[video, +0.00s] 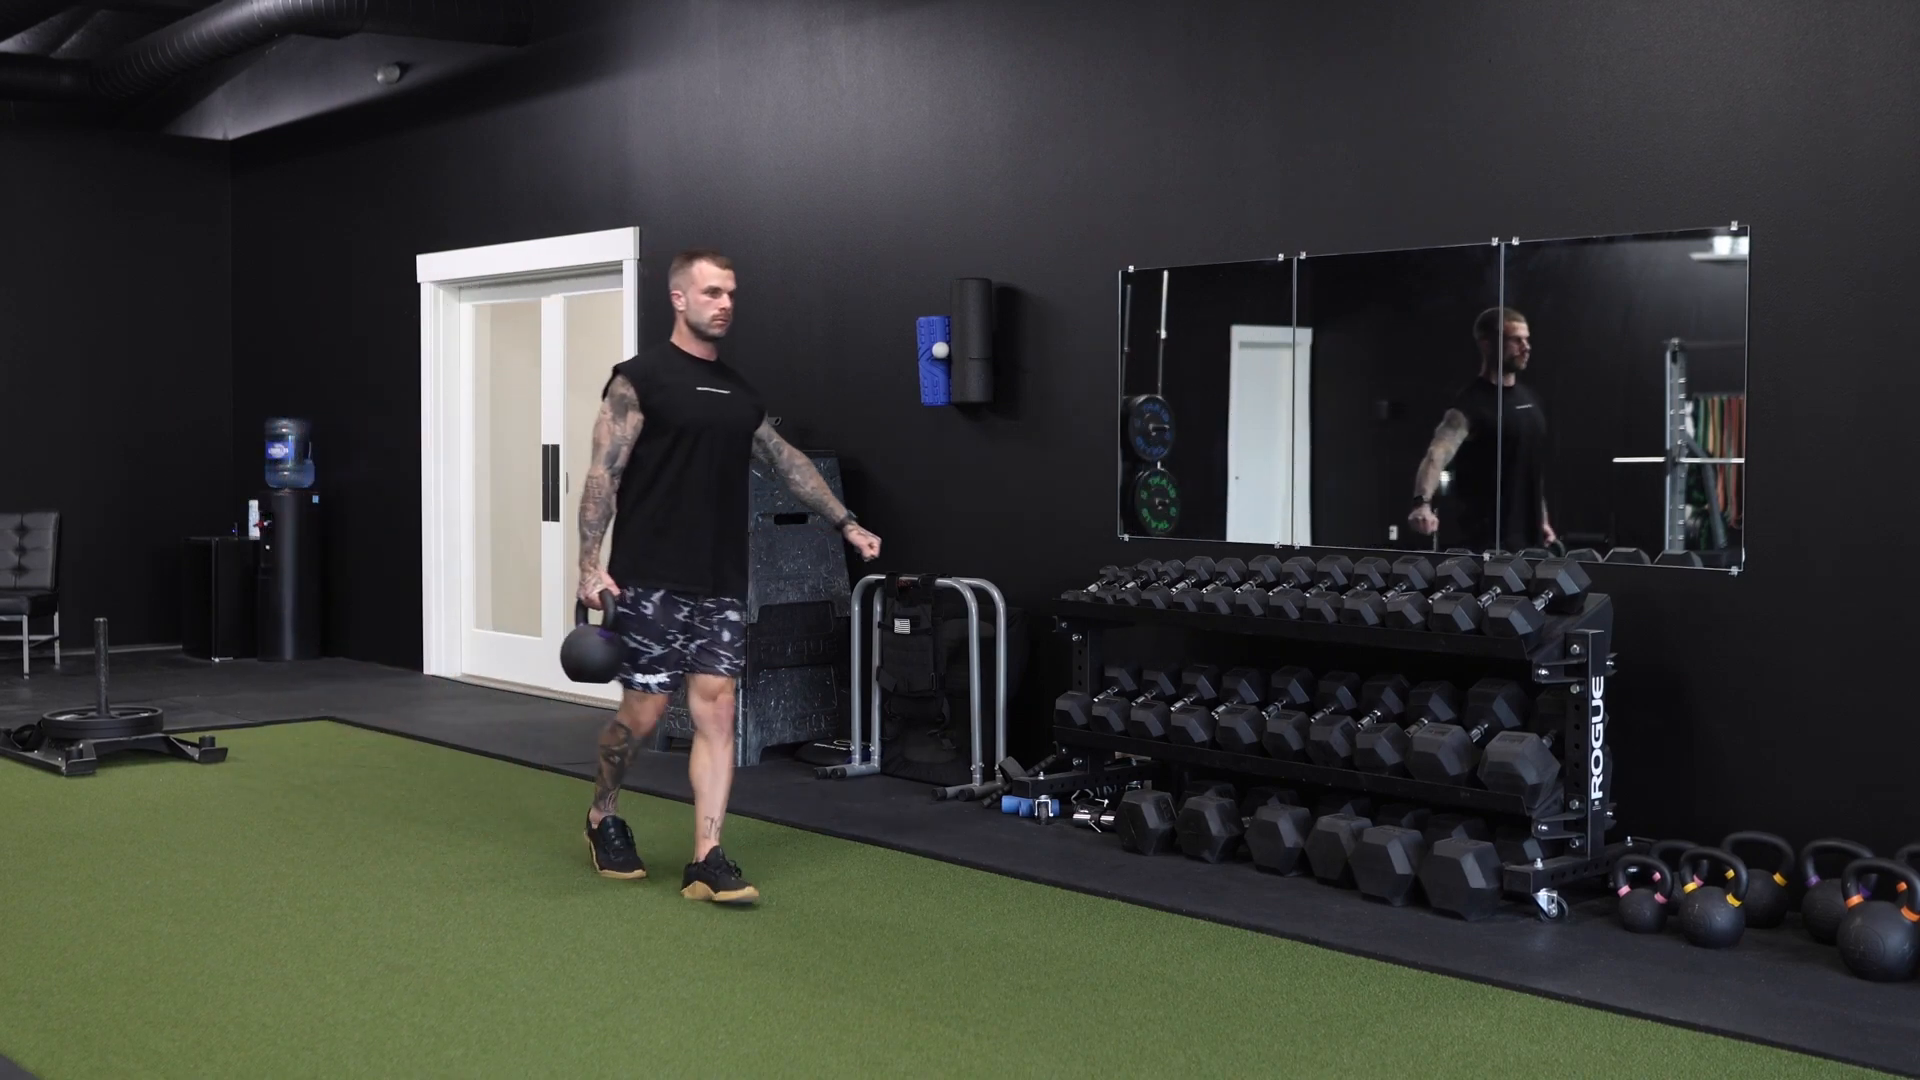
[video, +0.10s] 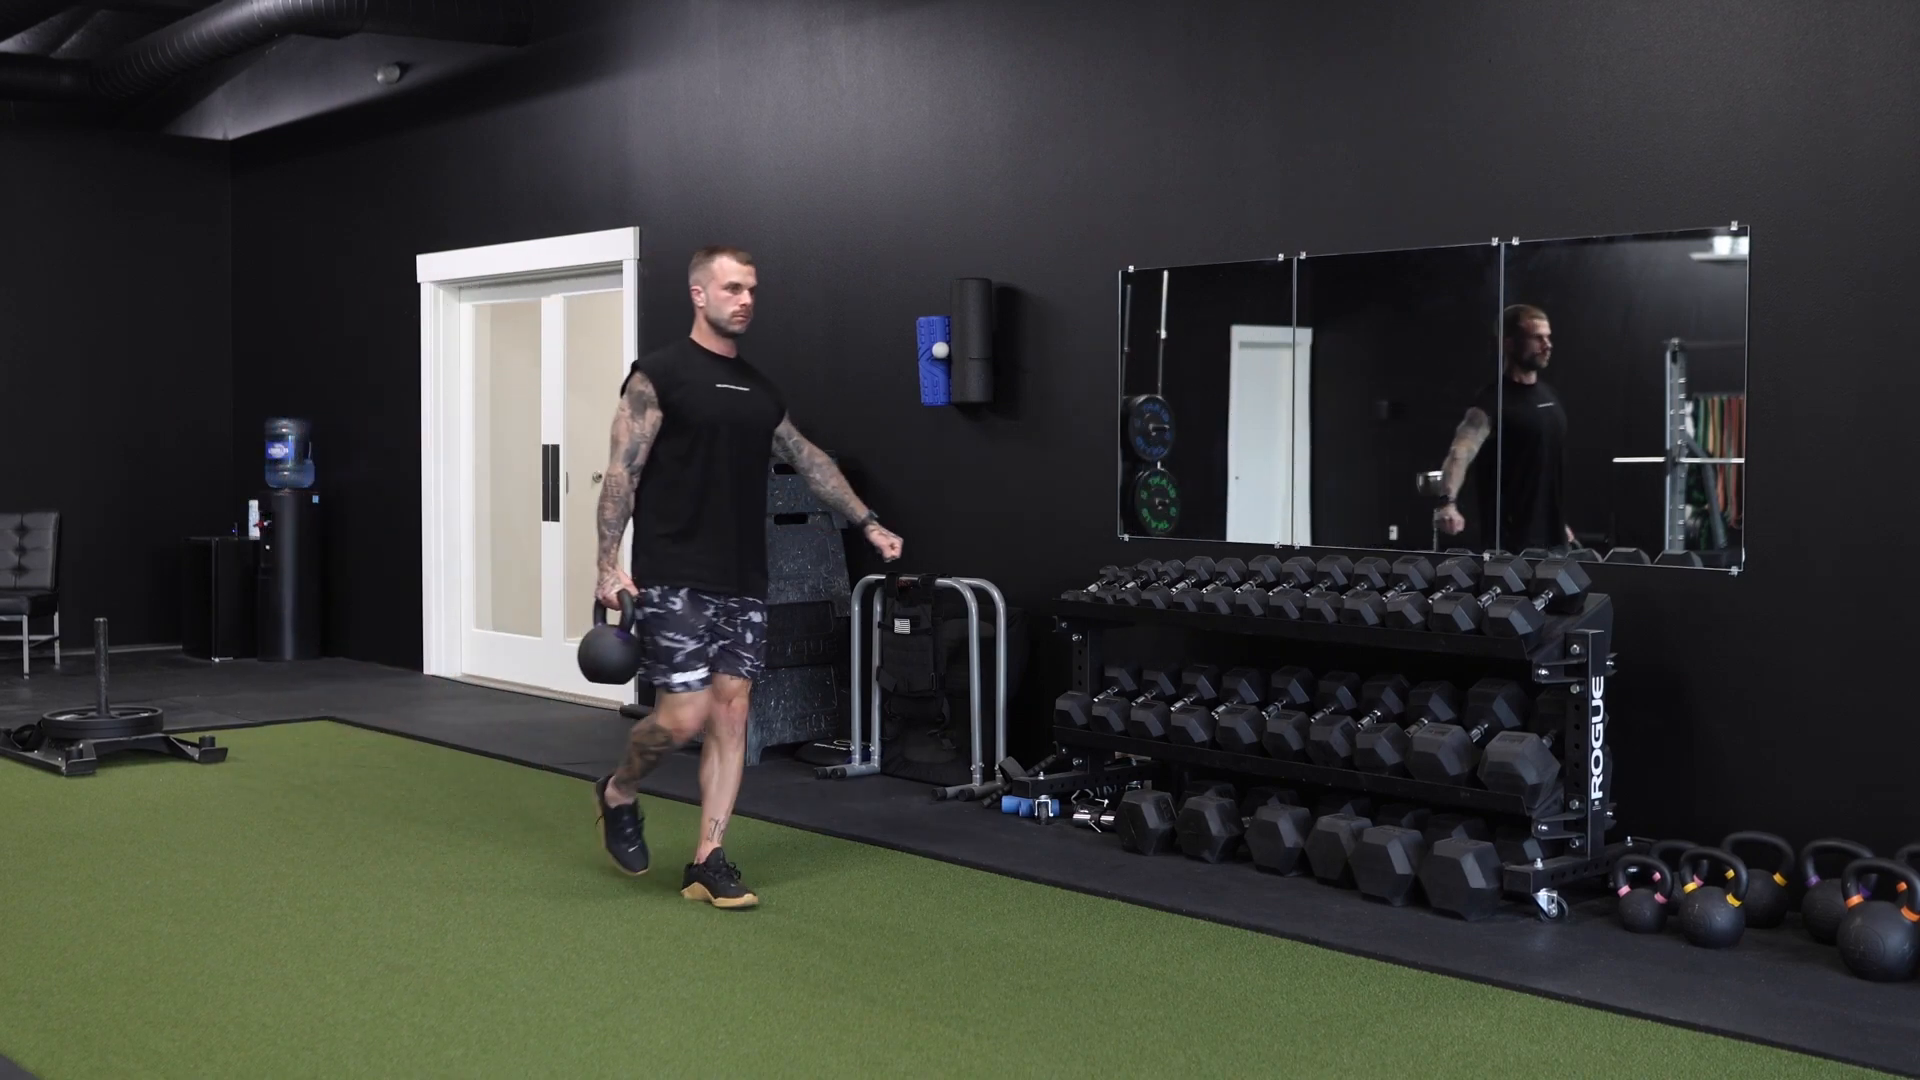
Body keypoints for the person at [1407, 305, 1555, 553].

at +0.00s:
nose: (1525, 347)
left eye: (1527, 340)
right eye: (1515, 340)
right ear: (1486, 344)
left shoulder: (1526, 399)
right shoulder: (1472, 402)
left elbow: (1532, 470)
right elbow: (1436, 455)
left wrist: (1542, 521)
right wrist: (1422, 503)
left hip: (1525, 539)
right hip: (1480, 539)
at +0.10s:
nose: (1547, 345)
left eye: (1548, 338)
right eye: (1537, 338)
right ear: (1509, 343)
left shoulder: (1547, 397)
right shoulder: (1493, 400)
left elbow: (1542, 472)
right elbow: (1459, 454)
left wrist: (1558, 524)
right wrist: (1447, 502)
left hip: (1549, 539)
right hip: (1507, 540)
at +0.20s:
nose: (1569, 344)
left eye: (1570, 336)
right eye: (1559, 336)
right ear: (1530, 341)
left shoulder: (1565, 393)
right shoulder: (1515, 398)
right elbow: (1481, 451)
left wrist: (1583, 530)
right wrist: (1471, 499)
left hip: (1570, 534)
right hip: (1527, 538)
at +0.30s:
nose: (1589, 343)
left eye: (1590, 335)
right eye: (1579, 336)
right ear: (1549, 339)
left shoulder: (1583, 392)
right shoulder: (1533, 398)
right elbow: (1502, 451)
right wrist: (1495, 498)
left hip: (1588, 534)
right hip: (1545, 537)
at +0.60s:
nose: (1661, 342)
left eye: (1663, 335)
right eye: (1651, 334)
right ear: (1622, 339)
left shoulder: (1655, 396)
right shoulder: (1600, 398)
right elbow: (1563, 447)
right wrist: (1550, 493)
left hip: (1652, 534)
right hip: (1606, 535)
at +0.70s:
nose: (1689, 339)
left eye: (1691, 332)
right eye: (1679, 331)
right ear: (1648, 335)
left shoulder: (1684, 399)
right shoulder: (1625, 396)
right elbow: (1586, 445)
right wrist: (1569, 490)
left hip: (1677, 535)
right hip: (1630, 535)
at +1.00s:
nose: (1748, 336)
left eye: (1749, 327)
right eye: (1741, 326)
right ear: (1710, 332)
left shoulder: (1747, 390)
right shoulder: (1688, 393)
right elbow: (1651, 439)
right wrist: (1633, 486)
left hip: (1745, 530)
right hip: (1700, 533)